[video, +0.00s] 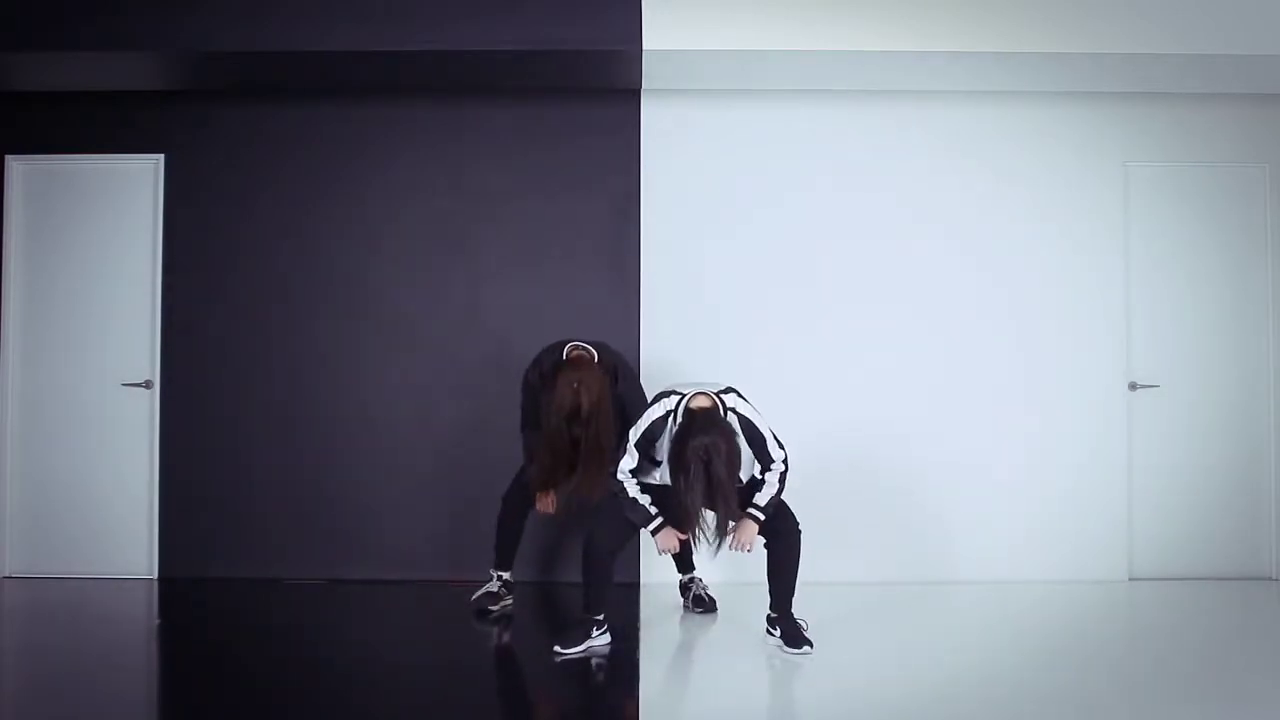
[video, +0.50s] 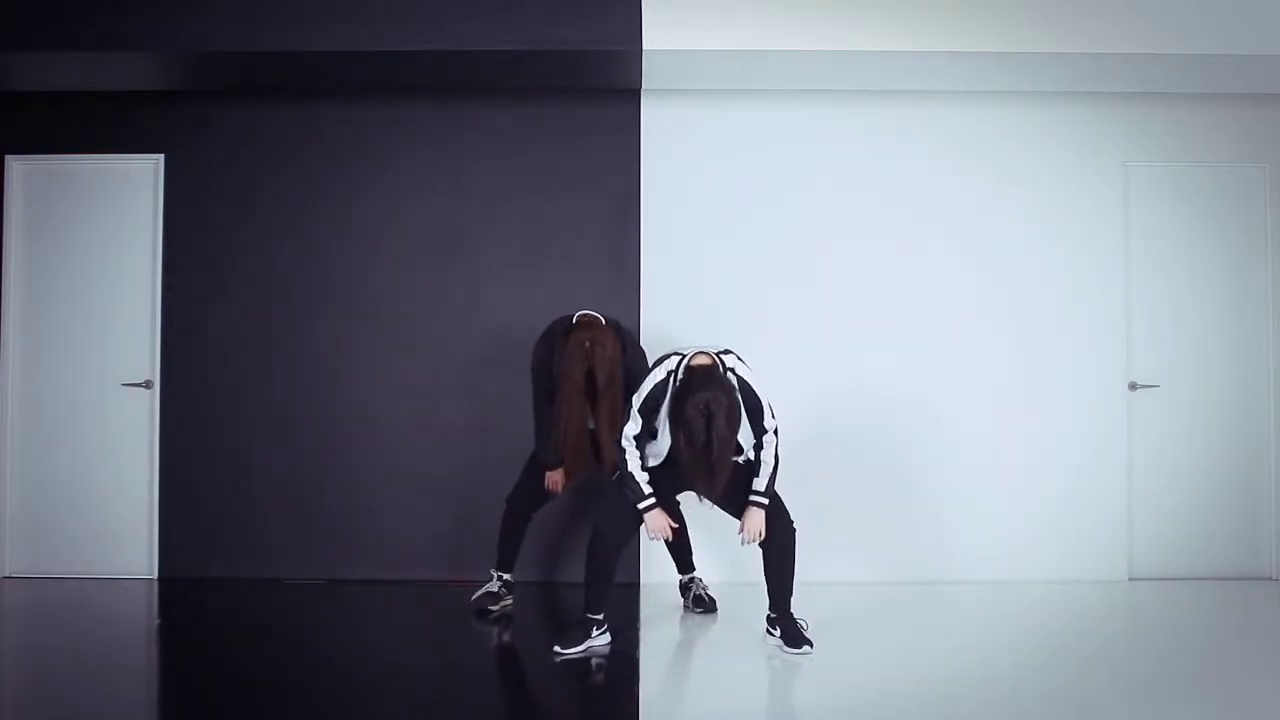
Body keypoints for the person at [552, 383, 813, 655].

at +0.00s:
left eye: (716, 473)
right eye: (702, 473)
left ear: (726, 440)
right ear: (683, 444)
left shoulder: (739, 412)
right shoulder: (661, 414)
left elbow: (778, 461)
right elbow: (623, 473)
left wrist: (753, 516)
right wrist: (657, 526)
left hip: (724, 476)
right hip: (664, 479)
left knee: (785, 528)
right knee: (602, 535)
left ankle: (781, 617)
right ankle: (595, 624)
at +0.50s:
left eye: (716, 434)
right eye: (700, 436)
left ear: (727, 400)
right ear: (683, 403)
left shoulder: (739, 379)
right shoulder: (661, 380)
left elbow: (768, 435)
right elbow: (628, 441)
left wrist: (757, 503)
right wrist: (649, 506)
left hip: (721, 463)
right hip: (663, 464)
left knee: (781, 526)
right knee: (609, 529)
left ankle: (780, 616)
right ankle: (596, 623)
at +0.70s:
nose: (710, 421)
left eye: (717, 415)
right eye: (702, 416)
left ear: (728, 379)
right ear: (683, 381)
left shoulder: (740, 359)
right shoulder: (664, 358)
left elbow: (764, 417)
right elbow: (631, 421)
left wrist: (755, 488)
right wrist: (647, 492)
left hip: (722, 457)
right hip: (665, 457)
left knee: (777, 527)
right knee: (612, 523)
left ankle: (780, 617)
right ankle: (595, 623)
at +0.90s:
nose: (708, 400)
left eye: (716, 391)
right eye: (700, 391)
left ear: (728, 359)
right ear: (684, 360)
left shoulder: (742, 351)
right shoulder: (661, 344)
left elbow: (758, 413)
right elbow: (631, 408)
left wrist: (751, 475)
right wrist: (643, 477)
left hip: (722, 453)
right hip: (664, 452)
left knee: (772, 529)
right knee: (612, 525)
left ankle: (780, 617)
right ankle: (596, 622)